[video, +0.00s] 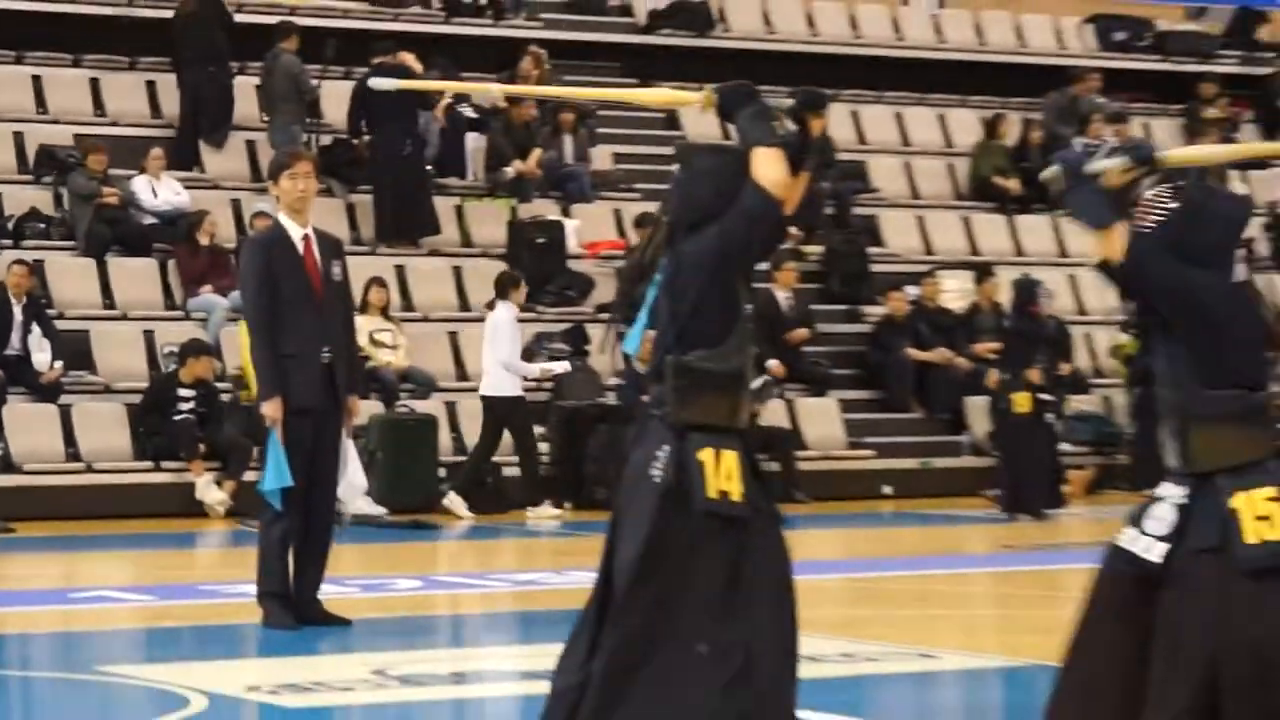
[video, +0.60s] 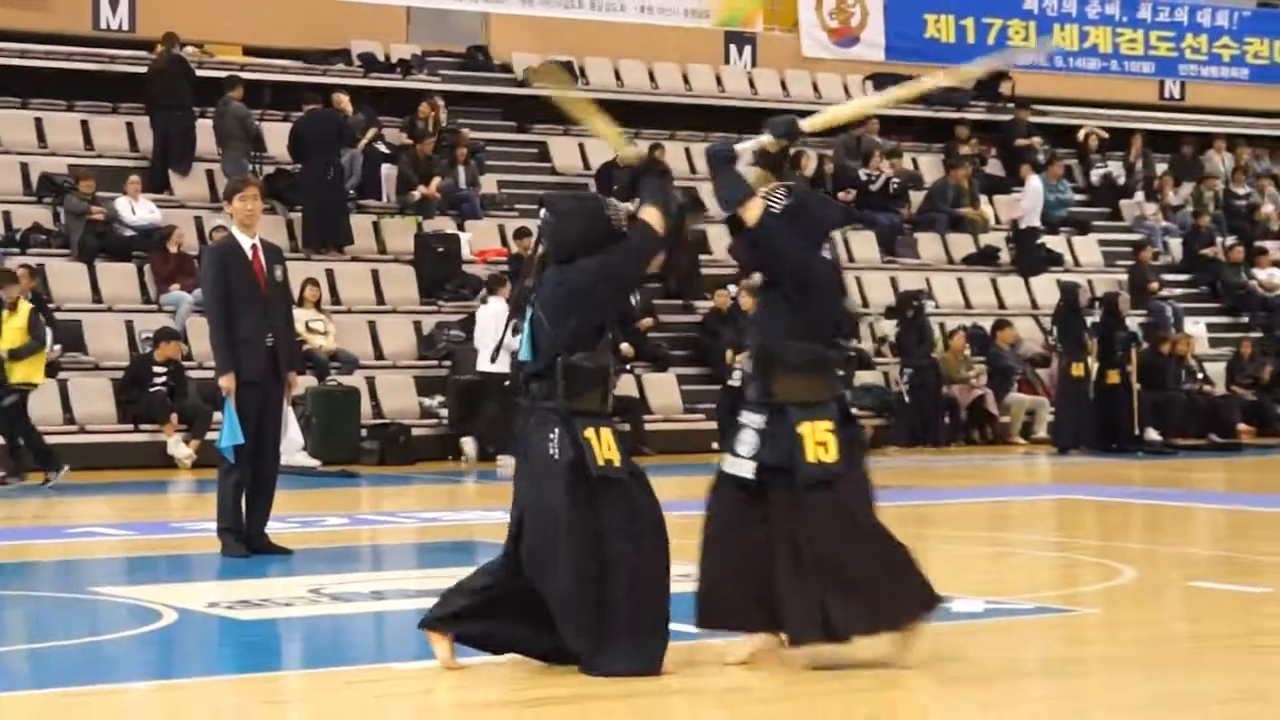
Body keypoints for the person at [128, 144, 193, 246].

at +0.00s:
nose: (159, 163)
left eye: (162, 159)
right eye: (154, 159)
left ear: (165, 161)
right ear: (145, 163)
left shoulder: (171, 181)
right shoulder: (138, 181)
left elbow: (186, 203)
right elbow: (149, 206)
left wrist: (162, 201)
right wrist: (177, 207)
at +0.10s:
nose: (149, 169)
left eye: (152, 165)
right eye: (145, 165)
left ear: (155, 167)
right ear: (136, 169)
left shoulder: (160, 186)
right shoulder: (129, 186)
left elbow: (175, 207)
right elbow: (139, 209)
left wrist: (152, 205)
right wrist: (165, 210)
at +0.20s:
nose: (140, 173)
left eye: (142, 169)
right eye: (135, 170)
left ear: (145, 171)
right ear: (126, 174)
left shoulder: (150, 190)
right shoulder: (120, 190)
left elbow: (164, 210)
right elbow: (130, 213)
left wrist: (141, 208)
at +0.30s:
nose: (128, 179)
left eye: (131, 176)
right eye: (124, 176)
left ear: (134, 178)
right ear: (116, 179)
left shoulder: (139, 196)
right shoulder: (110, 196)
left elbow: (152, 215)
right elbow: (120, 218)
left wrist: (130, 215)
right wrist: (144, 218)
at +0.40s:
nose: (119, 184)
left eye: (121, 181)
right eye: (115, 181)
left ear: (124, 183)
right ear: (107, 184)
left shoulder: (130, 200)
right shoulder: (101, 200)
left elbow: (143, 219)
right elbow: (113, 221)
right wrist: (136, 220)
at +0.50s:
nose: (125, 187)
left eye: (127, 183)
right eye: (121, 183)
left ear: (130, 186)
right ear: (113, 187)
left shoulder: (135, 202)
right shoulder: (108, 202)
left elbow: (148, 220)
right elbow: (118, 222)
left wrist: (126, 219)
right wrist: (143, 223)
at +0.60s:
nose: (136, 187)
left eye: (138, 183)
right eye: (132, 183)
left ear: (141, 186)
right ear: (125, 187)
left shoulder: (147, 202)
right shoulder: (120, 202)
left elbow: (158, 219)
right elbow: (129, 221)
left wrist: (136, 220)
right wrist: (153, 221)